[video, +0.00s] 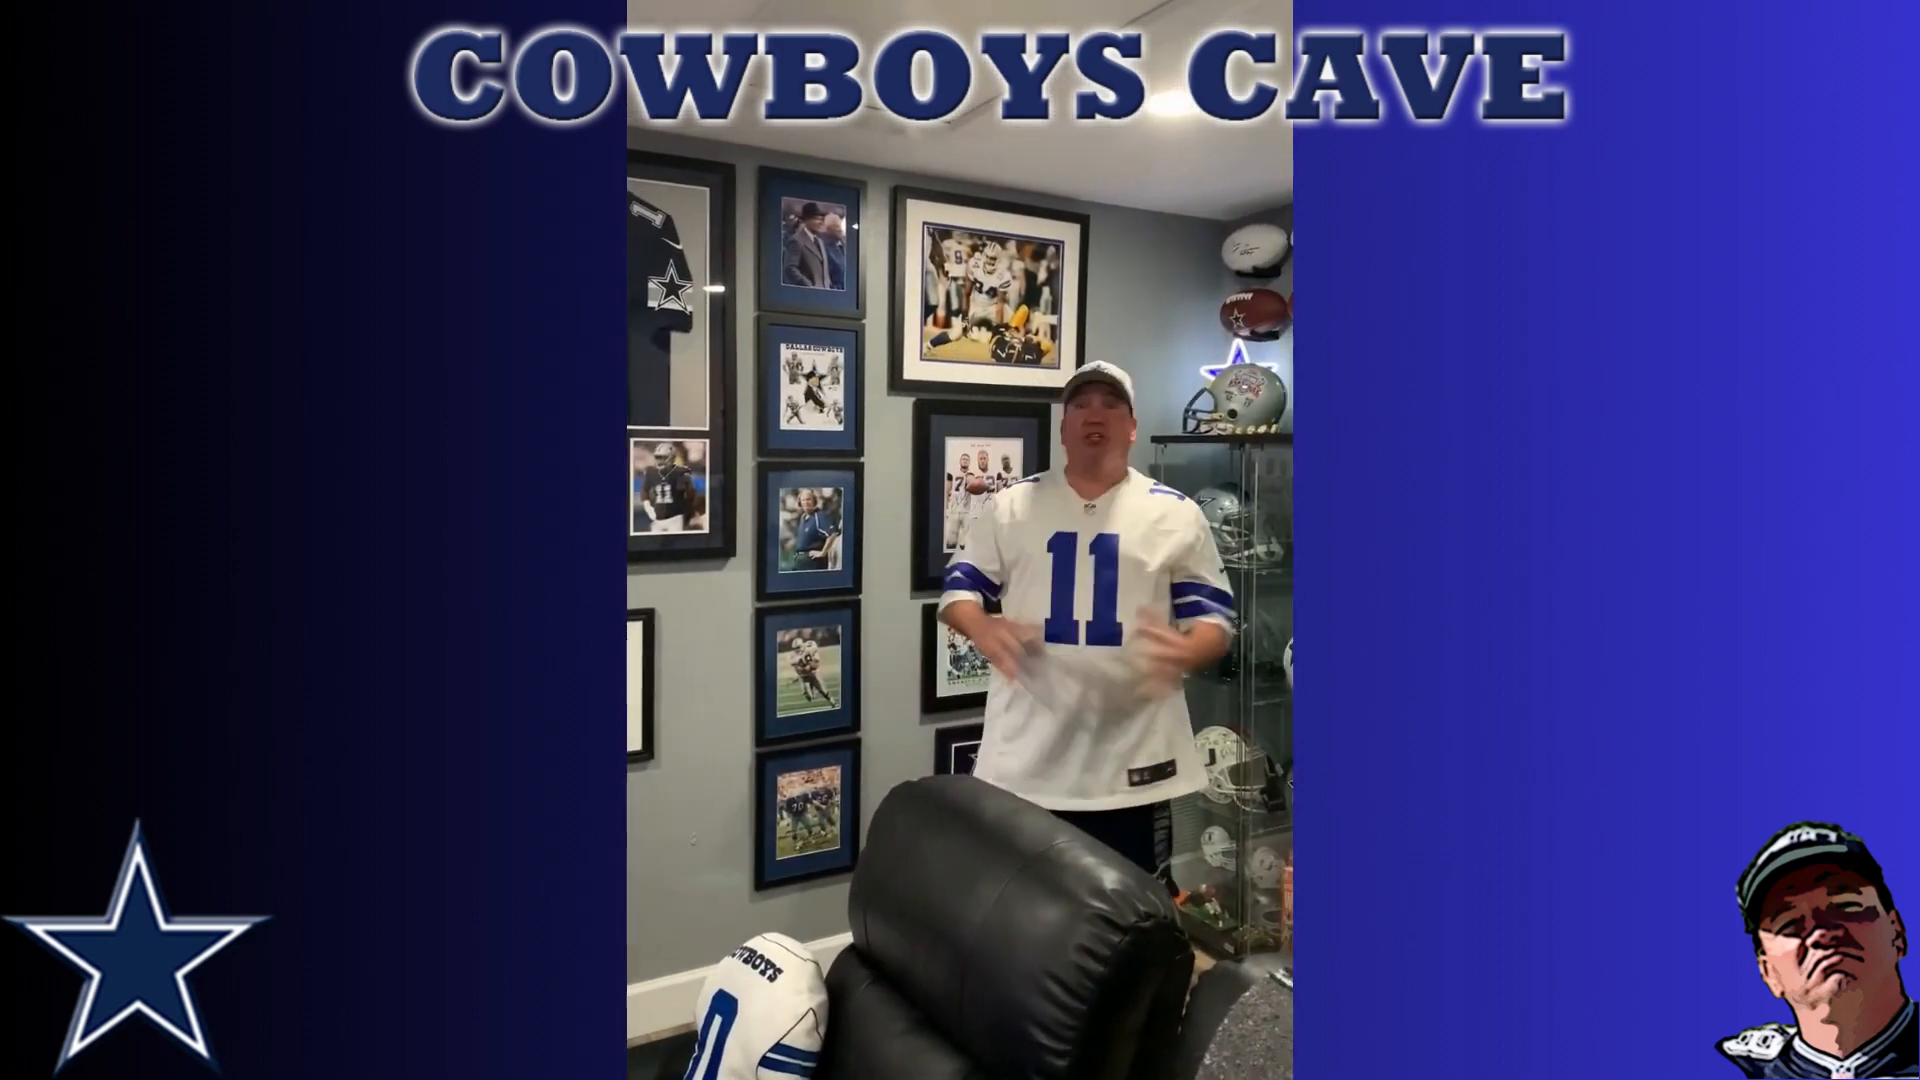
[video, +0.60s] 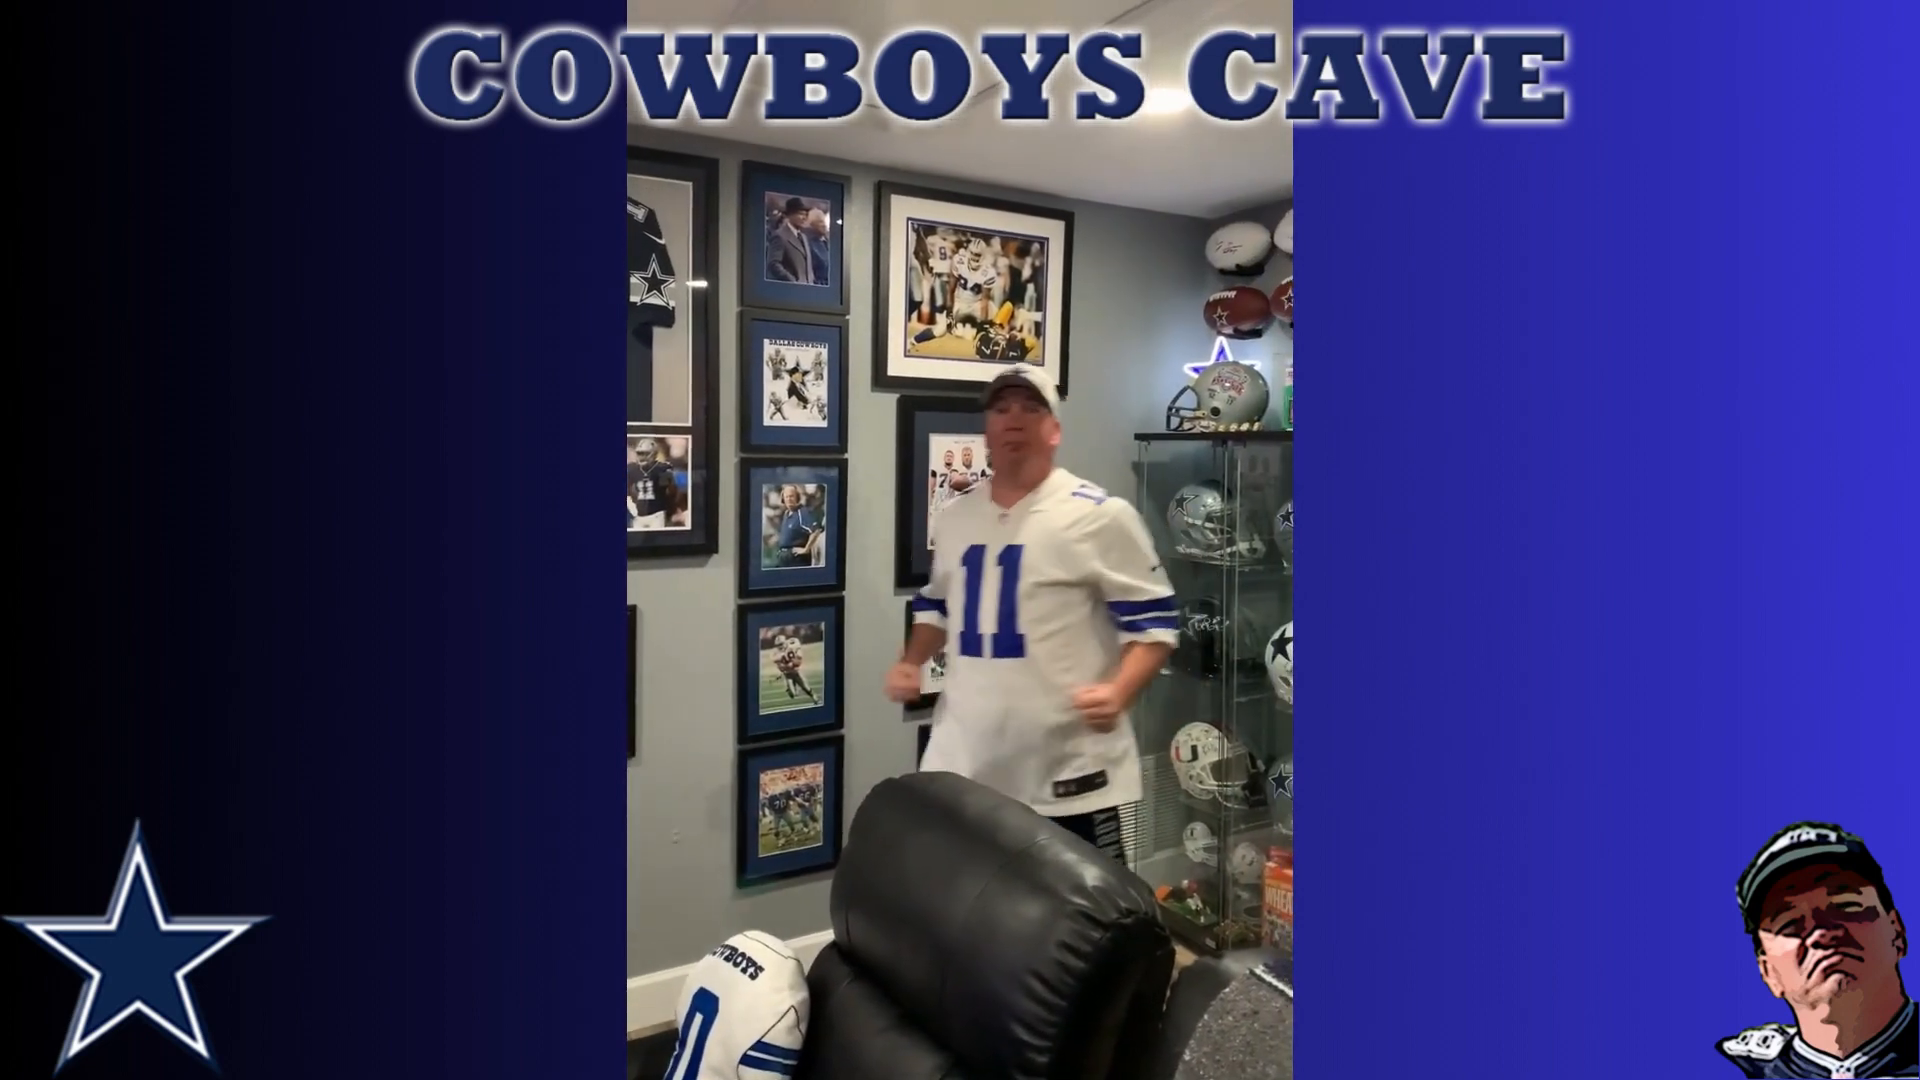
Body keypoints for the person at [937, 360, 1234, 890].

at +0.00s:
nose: (1095, 415)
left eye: (1110, 405)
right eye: (1081, 404)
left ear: (1132, 429)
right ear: (1062, 427)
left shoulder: (1175, 515)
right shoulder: (1007, 509)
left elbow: (1212, 619)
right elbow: (957, 595)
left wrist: (1187, 649)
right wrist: (979, 626)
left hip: (1131, 773)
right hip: (1023, 771)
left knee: (1131, 937)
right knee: (1024, 931)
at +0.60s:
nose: (1013, 417)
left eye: (1029, 406)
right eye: (1001, 407)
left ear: (1053, 431)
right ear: (984, 430)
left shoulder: (1101, 517)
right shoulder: (954, 518)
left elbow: (1155, 625)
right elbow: (935, 607)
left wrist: (1119, 691)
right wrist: (912, 661)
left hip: (1070, 785)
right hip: (965, 780)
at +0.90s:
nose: (931, 422)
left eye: (948, 410)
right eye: (917, 410)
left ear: (972, 430)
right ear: (898, 430)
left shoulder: (1018, 522)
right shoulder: (869, 519)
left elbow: (1065, 639)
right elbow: (848, 615)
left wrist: (1014, 703)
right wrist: (820, 672)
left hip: (980, 790)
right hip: (874, 781)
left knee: (979, 940)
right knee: (845, 929)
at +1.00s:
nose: (915, 411)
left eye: (931, 398)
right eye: (899, 397)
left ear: (953, 418)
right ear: (877, 417)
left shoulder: (1001, 509)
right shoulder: (851, 508)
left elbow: (1052, 621)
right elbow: (827, 605)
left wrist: (1004, 685)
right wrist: (797, 659)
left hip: (965, 784)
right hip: (867, 778)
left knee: (965, 942)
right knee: (864, 937)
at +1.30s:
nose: (850, 424)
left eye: (868, 408)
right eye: (847, 410)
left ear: (915, 416)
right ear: (842, 415)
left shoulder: (982, 505)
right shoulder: (833, 505)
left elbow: (1038, 620)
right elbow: (810, 601)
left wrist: (982, 679)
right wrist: (772, 649)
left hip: (938, 778)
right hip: (861, 776)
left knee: (883, 958)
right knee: (915, 955)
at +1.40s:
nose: (840, 431)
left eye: (857, 415)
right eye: (836, 415)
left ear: (904, 422)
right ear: (832, 422)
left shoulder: (973, 511)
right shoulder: (835, 509)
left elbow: (1035, 629)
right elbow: (815, 612)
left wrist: (974, 703)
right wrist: (773, 662)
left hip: (926, 794)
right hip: (860, 788)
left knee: (862, 970)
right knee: (929, 952)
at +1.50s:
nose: (830, 440)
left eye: (846, 423)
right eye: (826, 425)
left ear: (895, 427)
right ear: (823, 433)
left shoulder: (962, 522)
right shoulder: (836, 515)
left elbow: (1019, 652)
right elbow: (824, 621)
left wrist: (940, 725)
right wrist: (775, 673)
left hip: (916, 812)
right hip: (861, 807)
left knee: (848, 979)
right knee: (926, 969)